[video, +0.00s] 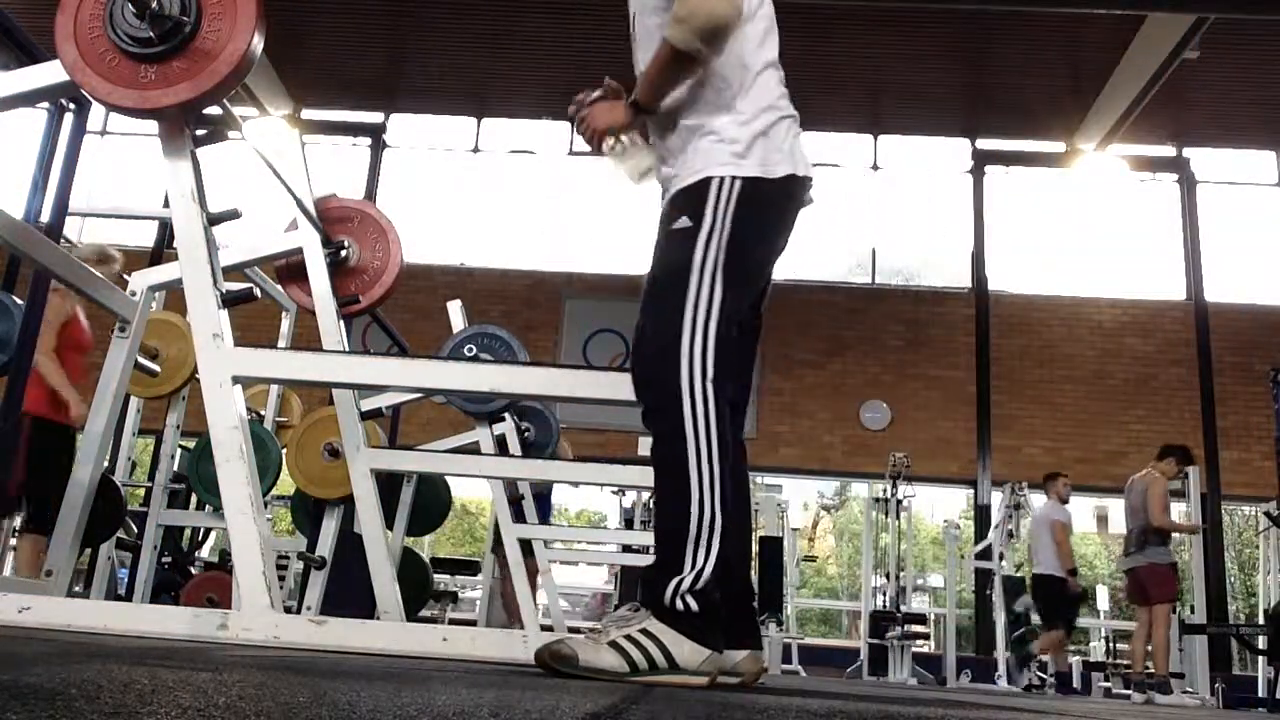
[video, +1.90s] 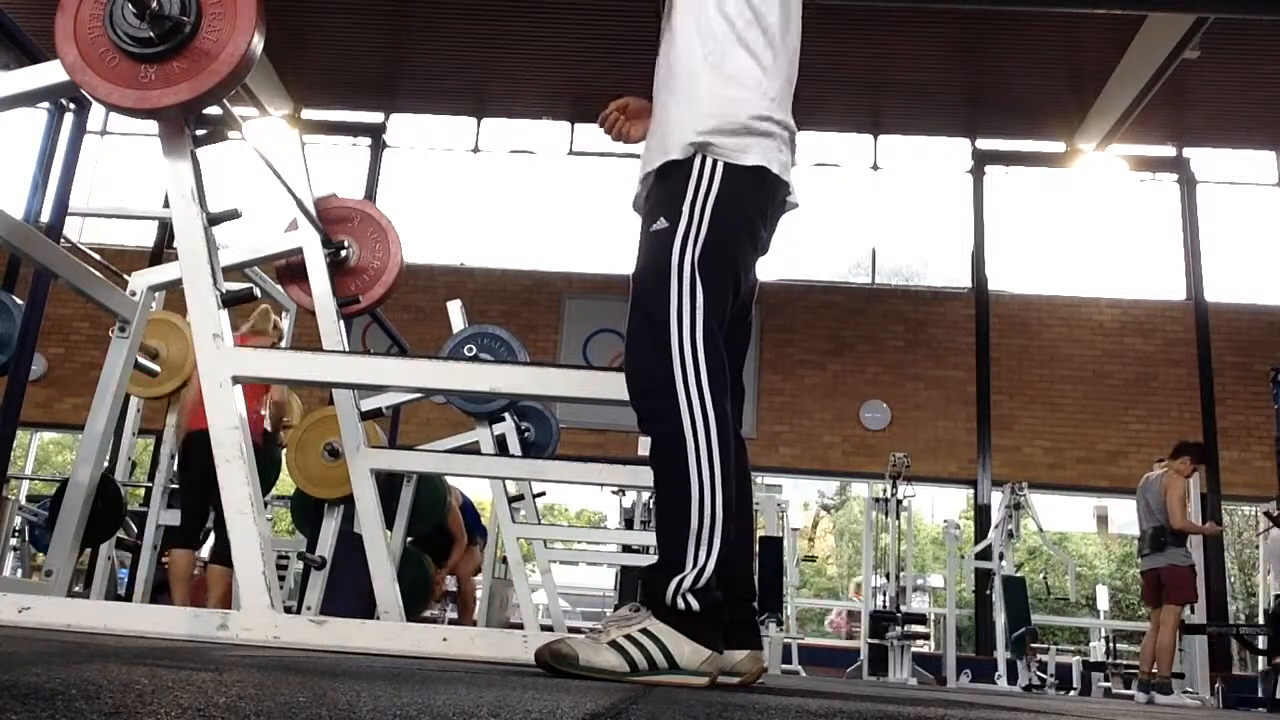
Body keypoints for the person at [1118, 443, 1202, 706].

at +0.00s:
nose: (1178, 476)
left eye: (1180, 472)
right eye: (1179, 471)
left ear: (1163, 460)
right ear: (1170, 462)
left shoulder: (1133, 481)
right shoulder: (1157, 481)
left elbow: (1136, 523)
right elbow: (1158, 520)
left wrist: (1168, 529)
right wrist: (1189, 528)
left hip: (1135, 562)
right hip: (1156, 561)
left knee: (1143, 623)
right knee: (1161, 624)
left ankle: (1137, 686)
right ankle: (1163, 687)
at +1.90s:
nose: (1192, 476)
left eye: (1195, 471)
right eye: (1194, 470)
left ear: (1177, 459)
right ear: (1185, 461)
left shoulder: (1145, 480)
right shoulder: (1174, 480)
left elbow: (1146, 525)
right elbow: (1178, 523)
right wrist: (1205, 529)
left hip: (1149, 563)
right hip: (1174, 562)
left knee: (1155, 625)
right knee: (1169, 625)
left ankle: (1143, 685)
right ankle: (1164, 688)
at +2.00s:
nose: (1192, 475)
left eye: (1195, 471)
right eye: (1194, 470)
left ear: (1175, 458)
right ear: (1185, 461)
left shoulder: (1145, 480)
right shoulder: (1174, 480)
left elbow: (1146, 524)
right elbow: (1177, 523)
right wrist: (1206, 530)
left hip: (1149, 563)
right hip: (1173, 562)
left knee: (1155, 625)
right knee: (1169, 625)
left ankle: (1143, 685)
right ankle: (1164, 688)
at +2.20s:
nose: (1191, 475)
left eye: (1193, 470)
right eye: (1192, 469)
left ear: (1174, 459)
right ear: (1182, 461)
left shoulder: (1144, 480)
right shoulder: (1173, 480)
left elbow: (1147, 524)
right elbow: (1177, 522)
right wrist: (1205, 530)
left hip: (1149, 563)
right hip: (1173, 562)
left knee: (1156, 625)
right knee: (1169, 624)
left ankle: (1143, 685)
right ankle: (1164, 688)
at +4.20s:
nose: (1192, 469)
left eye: (1194, 464)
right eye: (1193, 463)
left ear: (1172, 457)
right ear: (1183, 458)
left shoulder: (1146, 480)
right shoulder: (1175, 480)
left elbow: (1147, 523)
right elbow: (1172, 518)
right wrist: (1187, 550)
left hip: (1148, 562)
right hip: (1170, 560)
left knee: (1156, 624)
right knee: (1168, 624)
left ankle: (1143, 685)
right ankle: (1163, 687)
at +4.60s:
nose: (1194, 471)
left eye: (1196, 466)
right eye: (1194, 465)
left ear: (1175, 459)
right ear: (1184, 459)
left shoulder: (1147, 480)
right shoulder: (1176, 480)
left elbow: (1147, 522)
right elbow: (1171, 518)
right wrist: (1187, 550)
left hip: (1148, 562)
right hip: (1170, 560)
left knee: (1155, 623)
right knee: (1168, 624)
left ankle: (1143, 685)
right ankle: (1163, 687)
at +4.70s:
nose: (1194, 471)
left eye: (1196, 467)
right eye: (1195, 465)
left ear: (1176, 459)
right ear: (1184, 459)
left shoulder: (1148, 480)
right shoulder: (1176, 481)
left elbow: (1148, 522)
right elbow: (1171, 519)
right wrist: (1188, 550)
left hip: (1148, 561)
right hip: (1169, 560)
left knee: (1155, 623)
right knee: (1168, 624)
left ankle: (1143, 685)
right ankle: (1163, 687)